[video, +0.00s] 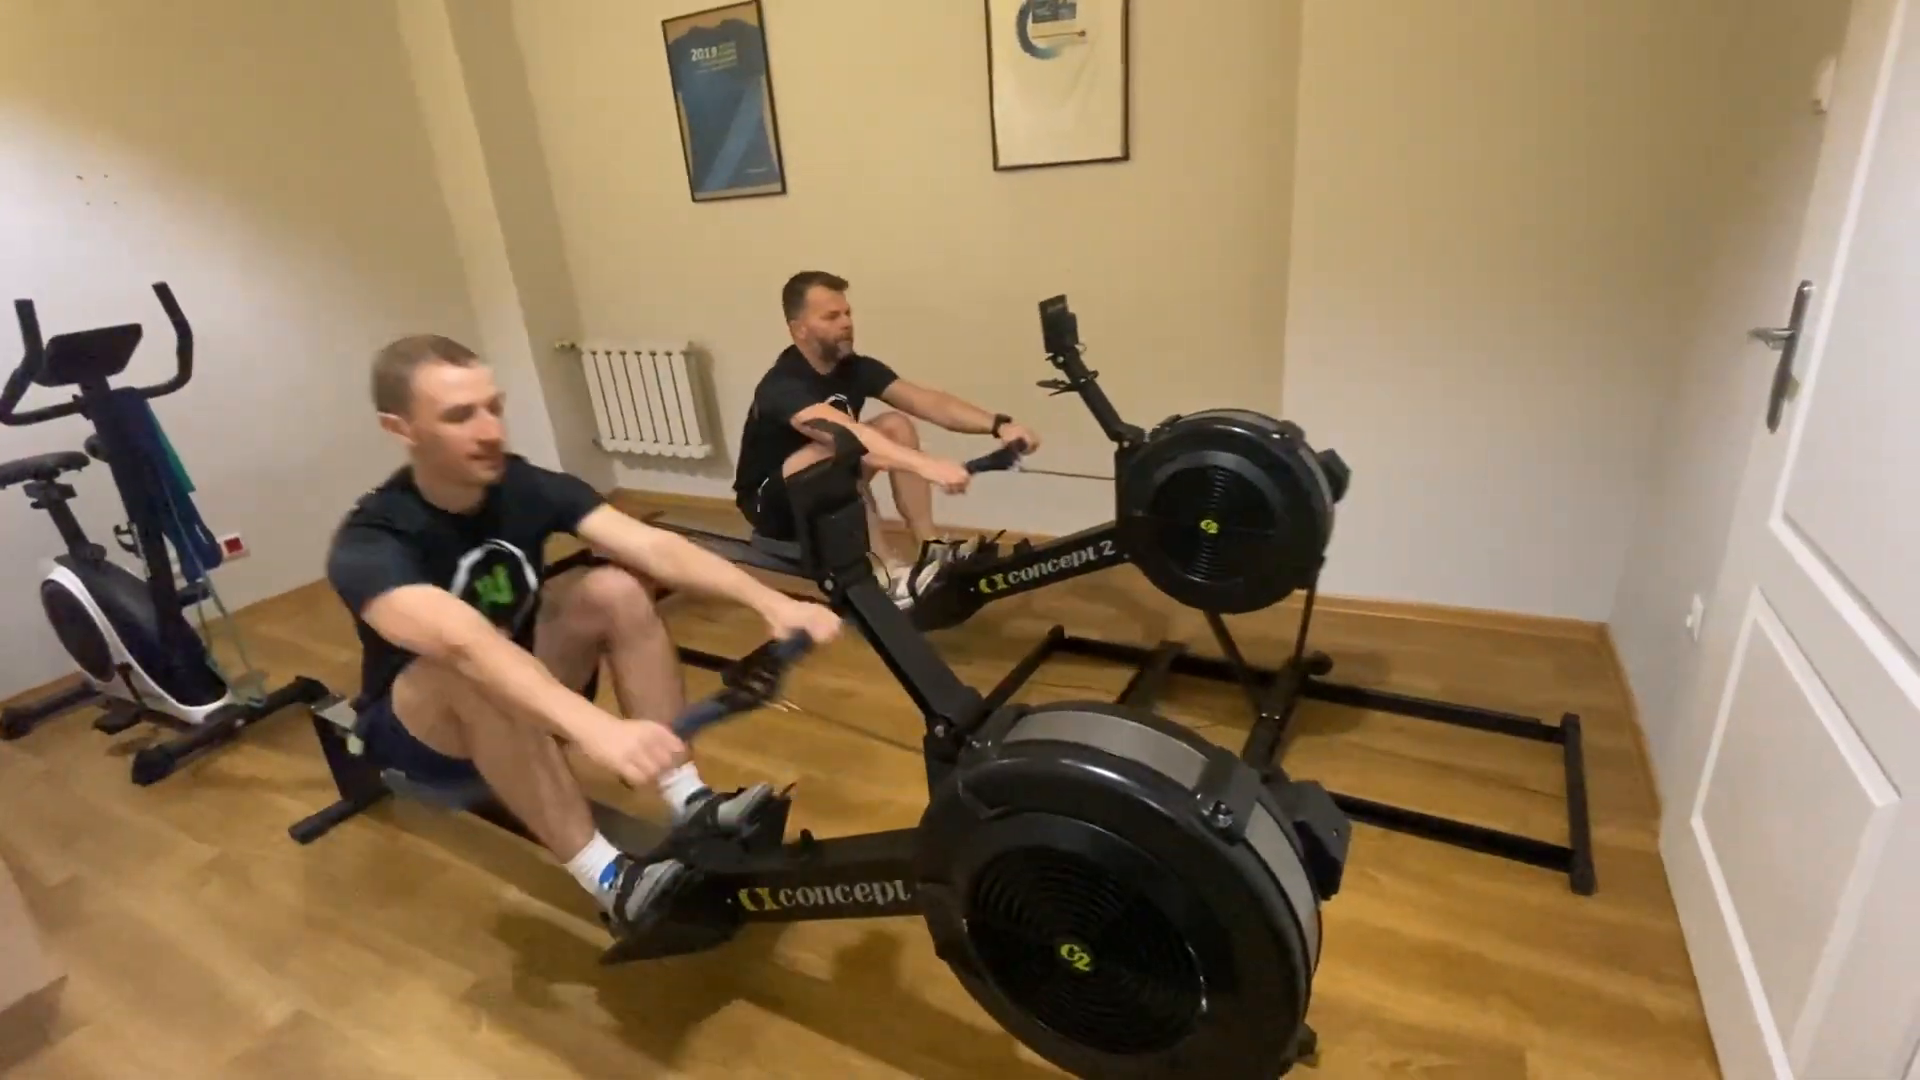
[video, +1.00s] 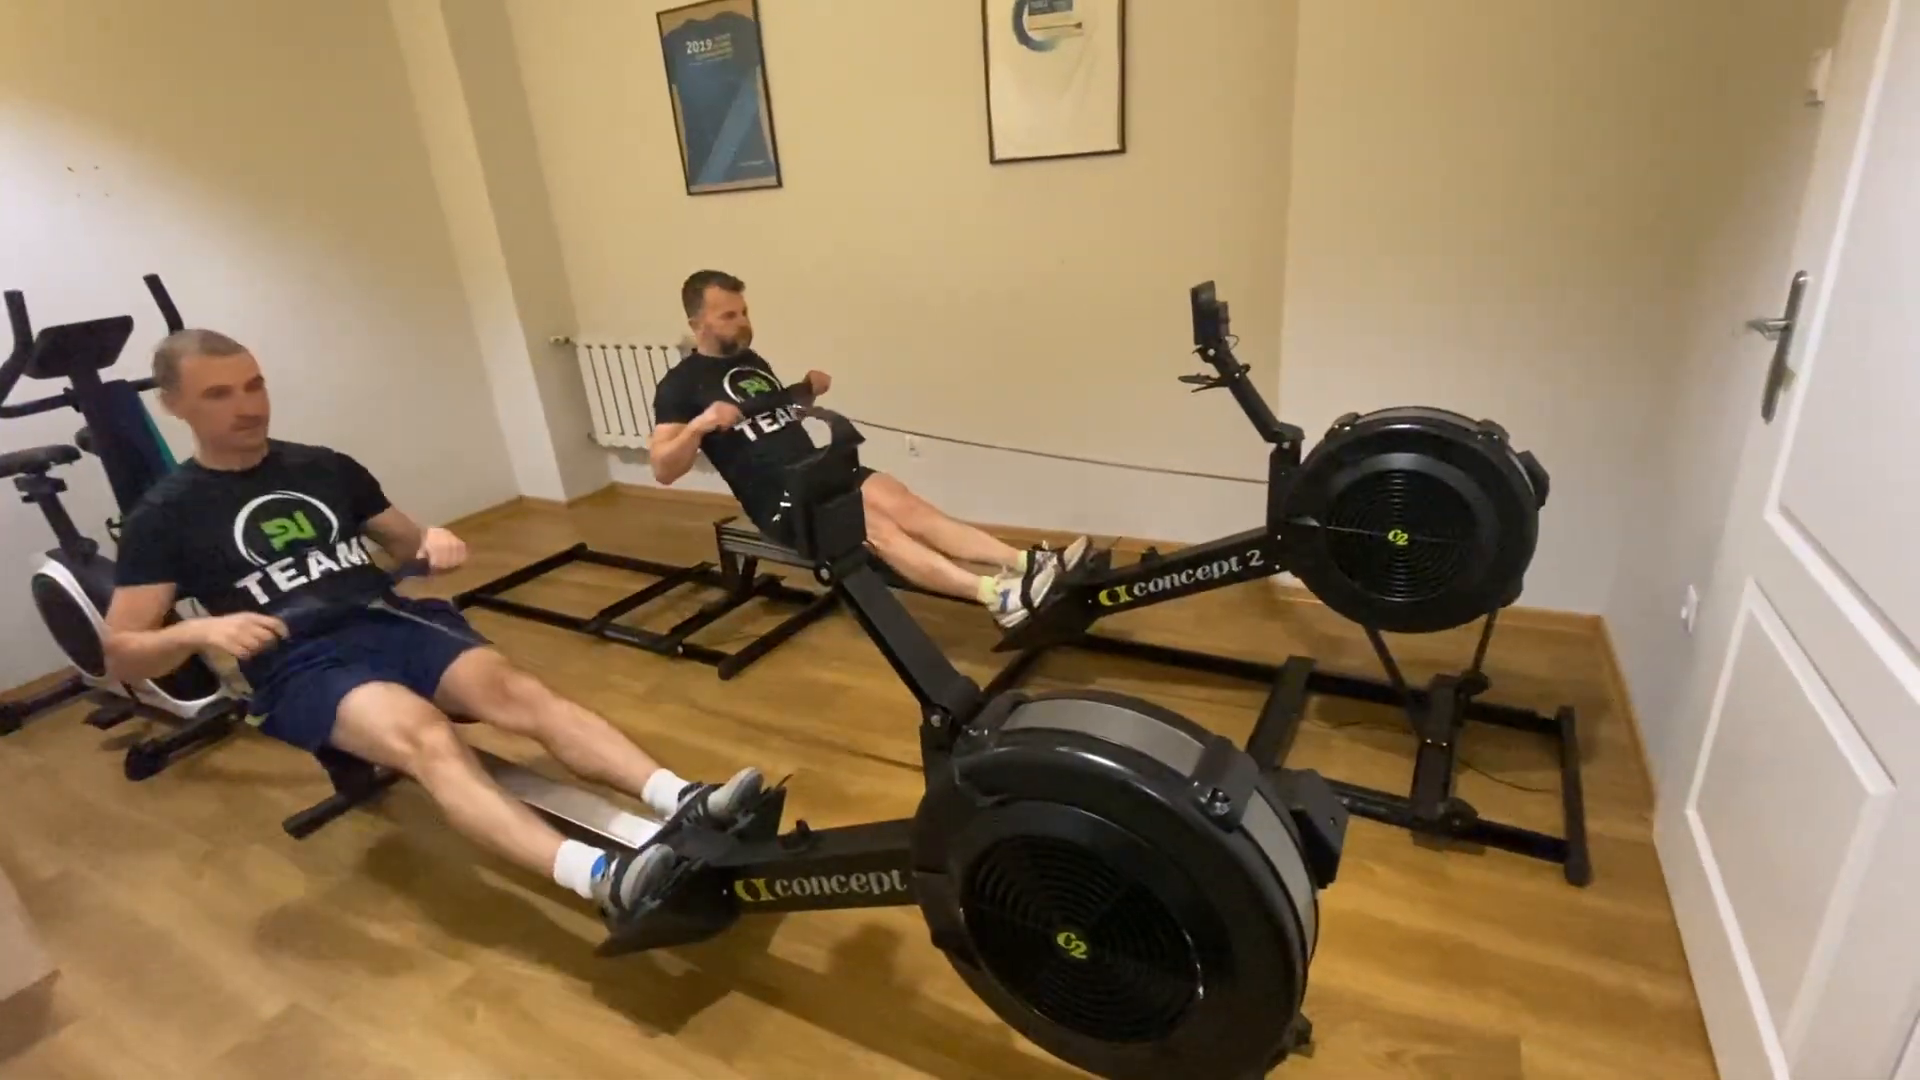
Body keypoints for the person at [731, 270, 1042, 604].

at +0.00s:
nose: (847, 324)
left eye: (848, 314)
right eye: (833, 316)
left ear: (851, 314)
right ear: (797, 328)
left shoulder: (854, 369)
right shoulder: (783, 387)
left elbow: (928, 402)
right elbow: (849, 436)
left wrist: (998, 424)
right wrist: (929, 466)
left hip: (823, 484)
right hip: (770, 500)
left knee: (896, 428)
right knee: (834, 453)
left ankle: (930, 548)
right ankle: (887, 570)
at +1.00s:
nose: (742, 323)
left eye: (743, 312)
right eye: (729, 315)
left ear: (744, 311)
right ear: (696, 321)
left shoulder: (751, 362)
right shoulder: (679, 383)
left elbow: (776, 412)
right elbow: (663, 467)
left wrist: (806, 390)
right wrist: (699, 426)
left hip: (829, 473)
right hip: (784, 499)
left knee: (908, 506)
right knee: (878, 532)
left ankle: (1028, 565)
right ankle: (997, 596)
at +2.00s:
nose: (818, 317)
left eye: (819, 307)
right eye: (804, 310)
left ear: (821, 303)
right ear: (769, 317)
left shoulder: (826, 358)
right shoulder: (746, 369)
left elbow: (888, 395)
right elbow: (779, 442)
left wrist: (945, 413)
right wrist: (854, 462)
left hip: (818, 476)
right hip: (762, 496)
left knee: (888, 429)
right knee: (818, 460)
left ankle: (932, 548)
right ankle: (892, 566)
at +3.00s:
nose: (768, 310)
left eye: (768, 298)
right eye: (754, 304)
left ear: (771, 295)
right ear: (722, 312)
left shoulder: (786, 352)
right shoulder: (714, 372)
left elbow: (852, 387)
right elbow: (759, 423)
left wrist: (906, 395)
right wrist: (823, 436)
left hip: (826, 479)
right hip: (777, 500)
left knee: (906, 484)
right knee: (871, 508)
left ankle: (1008, 567)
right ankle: (975, 597)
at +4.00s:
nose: (782, 317)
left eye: (782, 307)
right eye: (769, 310)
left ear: (784, 307)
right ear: (736, 319)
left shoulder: (792, 360)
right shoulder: (717, 380)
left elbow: (837, 403)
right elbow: (709, 458)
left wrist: (876, 405)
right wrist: (772, 442)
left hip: (831, 481)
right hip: (785, 505)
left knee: (917, 480)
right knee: (879, 502)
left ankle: (1011, 568)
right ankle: (978, 597)